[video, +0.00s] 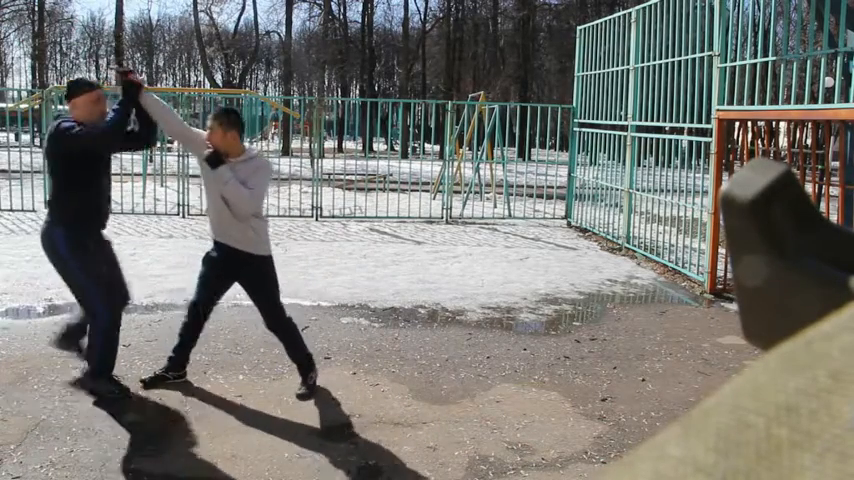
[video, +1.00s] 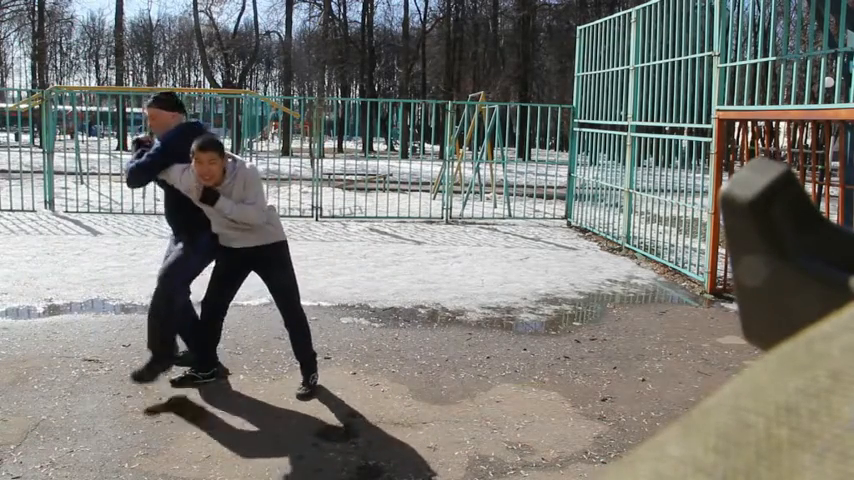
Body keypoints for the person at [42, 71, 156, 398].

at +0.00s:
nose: (104, 106)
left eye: (103, 100)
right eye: (96, 101)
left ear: (100, 103)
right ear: (75, 105)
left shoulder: (100, 131)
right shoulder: (63, 133)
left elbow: (143, 139)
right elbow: (108, 136)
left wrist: (140, 101)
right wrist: (128, 97)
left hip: (90, 235)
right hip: (64, 236)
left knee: (117, 296)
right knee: (101, 305)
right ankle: (98, 376)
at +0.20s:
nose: (101, 97)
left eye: (106, 92)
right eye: (103, 92)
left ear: (122, 101)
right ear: (105, 100)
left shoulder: (139, 132)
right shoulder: (89, 132)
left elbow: (177, 133)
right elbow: (109, 154)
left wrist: (147, 106)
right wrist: (131, 112)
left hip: (135, 233)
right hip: (100, 236)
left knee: (171, 295)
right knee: (116, 307)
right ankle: (100, 376)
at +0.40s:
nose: (142, 107)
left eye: (148, 102)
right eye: (137, 101)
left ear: (160, 102)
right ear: (128, 104)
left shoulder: (176, 129)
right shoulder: (123, 133)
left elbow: (195, 122)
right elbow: (115, 176)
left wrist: (145, 113)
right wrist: (122, 129)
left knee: (204, 293)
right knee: (134, 301)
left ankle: (212, 358)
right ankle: (131, 366)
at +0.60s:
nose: (144, 111)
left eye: (149, 104)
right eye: (139, 106)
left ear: (167, 101)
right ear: (137, 109)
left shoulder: (185, 127)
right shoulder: (142, 139)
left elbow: (175, 126)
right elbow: (129, 181)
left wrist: (125, 125)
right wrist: (118, 142)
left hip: (193, 227)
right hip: (161, 229)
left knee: (203, 293)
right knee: (160, 294)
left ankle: (214, 356)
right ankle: (199, 345)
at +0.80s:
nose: (144, 123)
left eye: (147, 116)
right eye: (142, 117)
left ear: (166, 112)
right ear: (150, 118)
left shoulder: (181, 132)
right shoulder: (163, 143)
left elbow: (142, 151)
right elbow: (155, 192)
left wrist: (126, 144)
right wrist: (131, 160)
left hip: (197, 232)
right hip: (174, 231)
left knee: (167, 291)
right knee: (161, 291)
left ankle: (212, 327)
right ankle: (199, 346)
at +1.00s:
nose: (150, 124)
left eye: (152, 118)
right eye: (149, 119)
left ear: (171, 115)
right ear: (174, 116)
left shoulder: (180, 137)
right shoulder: (186, 132)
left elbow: (134, 177)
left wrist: (141, 151)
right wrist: (151, 149)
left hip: (201, 235)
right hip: (186, 231)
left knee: (167, 286)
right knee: (172, 288)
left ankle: (161, 356)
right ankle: (200, 350)